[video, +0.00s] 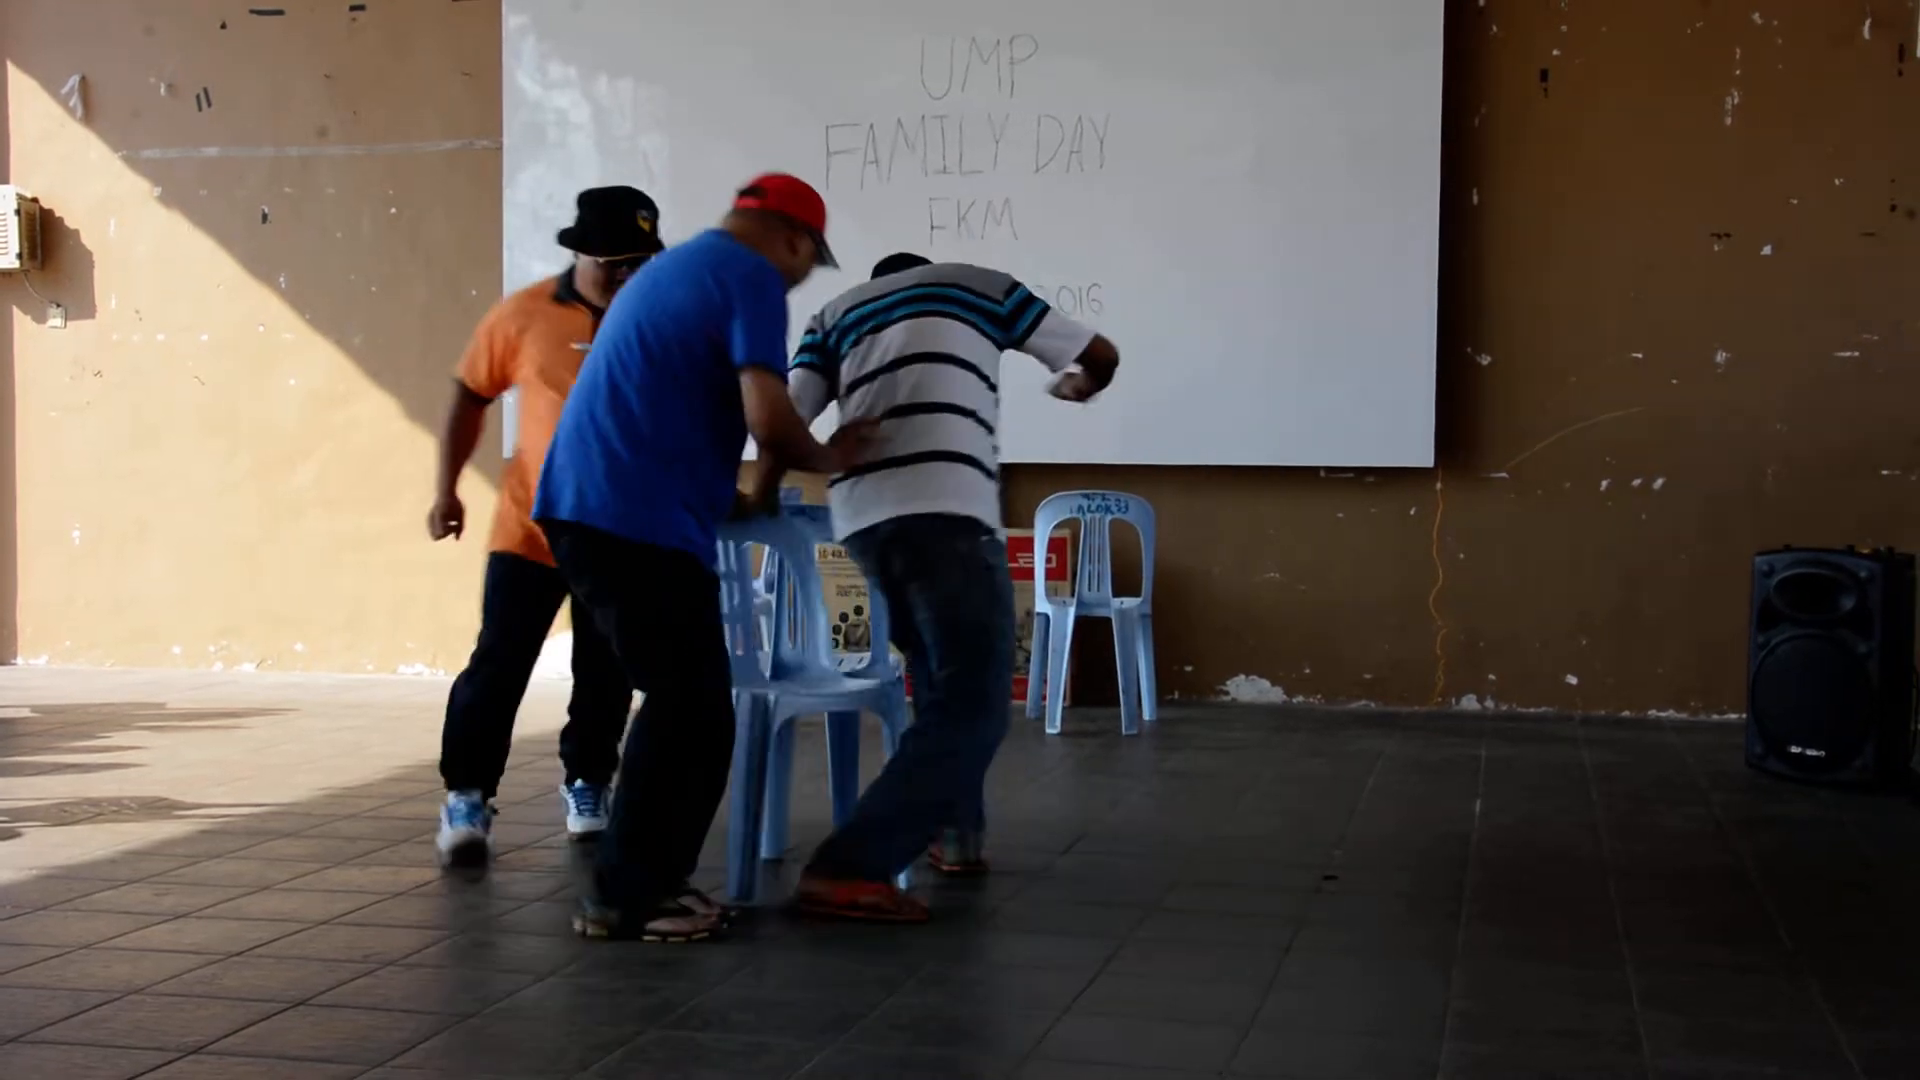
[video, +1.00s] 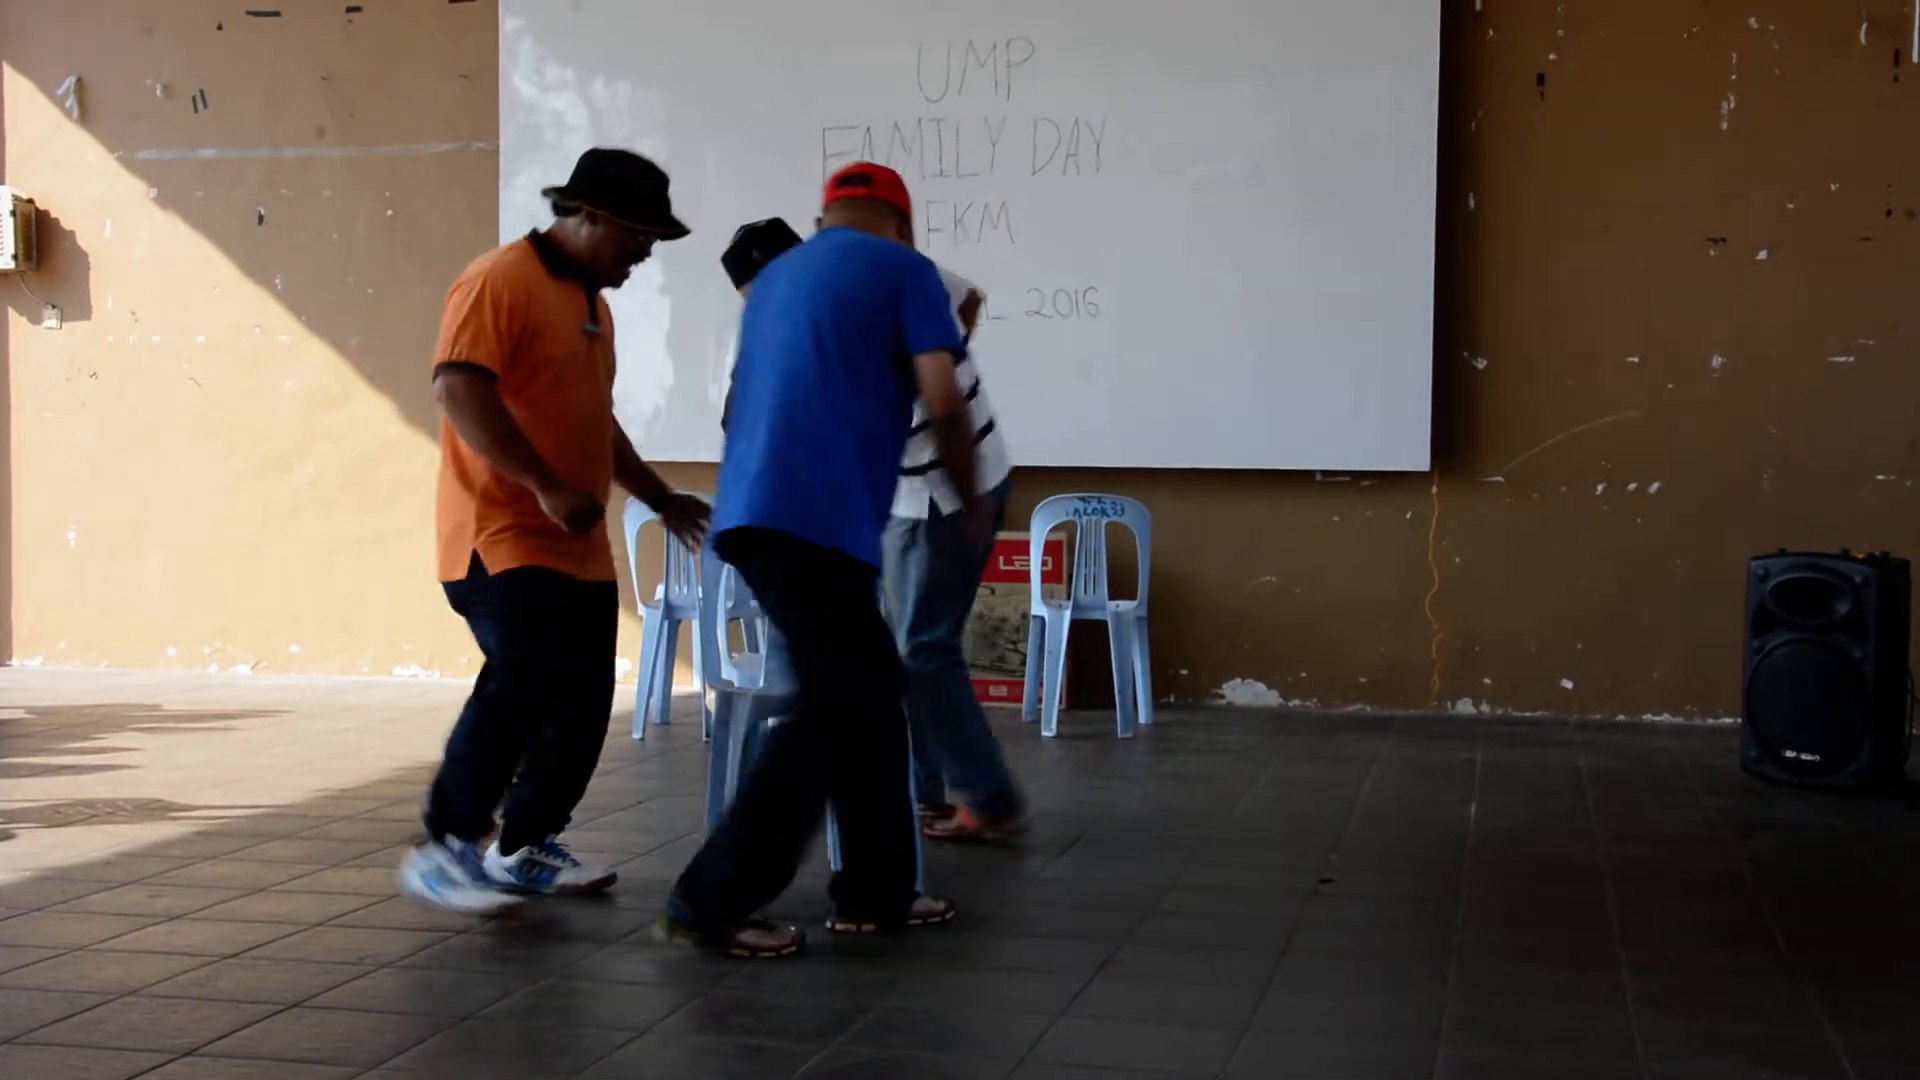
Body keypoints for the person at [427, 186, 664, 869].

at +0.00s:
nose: (621, 276)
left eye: (635, 264)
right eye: (608, 262)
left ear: (651, 261)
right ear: (578, 253)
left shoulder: (655, 325)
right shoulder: (524, 316)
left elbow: (688, 422)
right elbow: (472, 395)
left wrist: (679, 515)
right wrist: (447, 488)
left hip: (618, 535)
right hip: (530, 526)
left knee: (608, 671)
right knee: (500, 664)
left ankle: (590, 785)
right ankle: (466, 799)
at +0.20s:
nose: (612, 268)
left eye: (622, 255)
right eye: (601, 253)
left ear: (628, 248)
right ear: (557, 236)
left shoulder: (626, 315)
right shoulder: (481, 301)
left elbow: (653, 411)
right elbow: (423, 388)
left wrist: (633, 501)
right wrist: (441, 485)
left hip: (584, 529)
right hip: (493, 527)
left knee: (589, 662)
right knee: (480, 678)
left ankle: (535, 774)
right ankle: (463, 808)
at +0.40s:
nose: (620, 262)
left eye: (627, 250)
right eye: (609, 247)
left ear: (623, 247)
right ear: (561, 236)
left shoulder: (616, 319)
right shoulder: (476, 299)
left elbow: (640, 414)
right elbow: (419, 392)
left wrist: (623, 499)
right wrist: (472, 476)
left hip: (574, 530)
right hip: (482, 520)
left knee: (569, 680)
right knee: (481, 653)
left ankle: (518, 816)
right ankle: (420, 799)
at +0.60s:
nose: (612, 259)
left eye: (619, 247)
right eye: (604, 243)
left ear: (595, 238)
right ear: (556, 225)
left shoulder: (594, 311)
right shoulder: (462, 287)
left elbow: (613, 417)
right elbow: (411, 385)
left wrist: (668, 467)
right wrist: (491, 473)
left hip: (565, 542)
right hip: (469, 537)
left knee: (550, 691)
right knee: (449, 692)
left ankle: (515, 816)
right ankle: (417, 843)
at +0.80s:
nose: (628, 256)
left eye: (634, 243)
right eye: (622, 240)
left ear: (589, 227)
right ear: (577, 219)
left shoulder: (586, 307)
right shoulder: (476, 277)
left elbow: (605, 419)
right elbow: (431, 380)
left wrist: (670, 488)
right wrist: (517, 468)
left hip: (559, 535)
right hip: (467, 534)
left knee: (572, 675)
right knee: (462, 686)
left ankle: (518, 834)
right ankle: (417, 841)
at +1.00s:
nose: (641, 260)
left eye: (648, 247)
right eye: (636, 243)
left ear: (597, 225)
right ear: (589, 218)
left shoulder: (593, 308)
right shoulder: (499, 279)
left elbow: (594, 422)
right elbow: (457, 386)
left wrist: (662, 499)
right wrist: (544, 481)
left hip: (577, 537)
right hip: (499, 532)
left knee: (583, 691)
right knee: (525, 675)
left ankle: (525, 845)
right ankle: (445, 844)